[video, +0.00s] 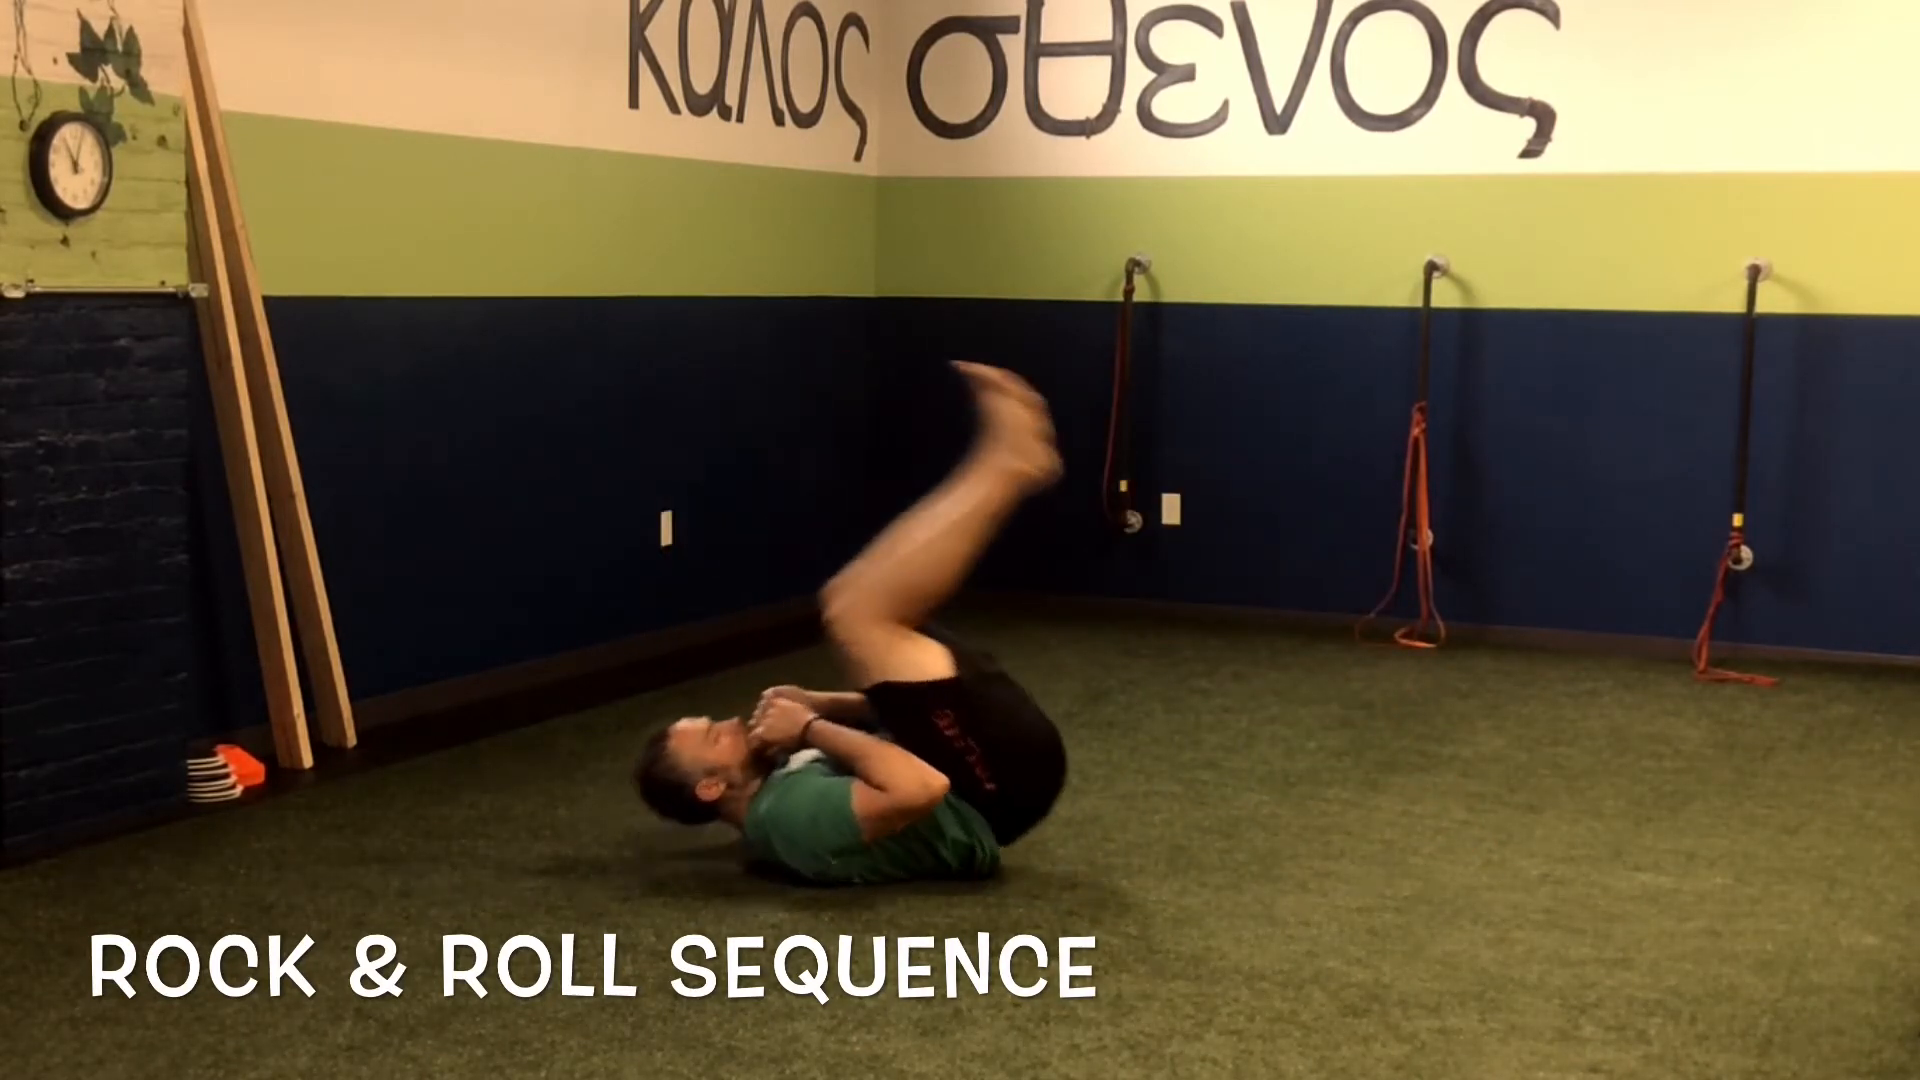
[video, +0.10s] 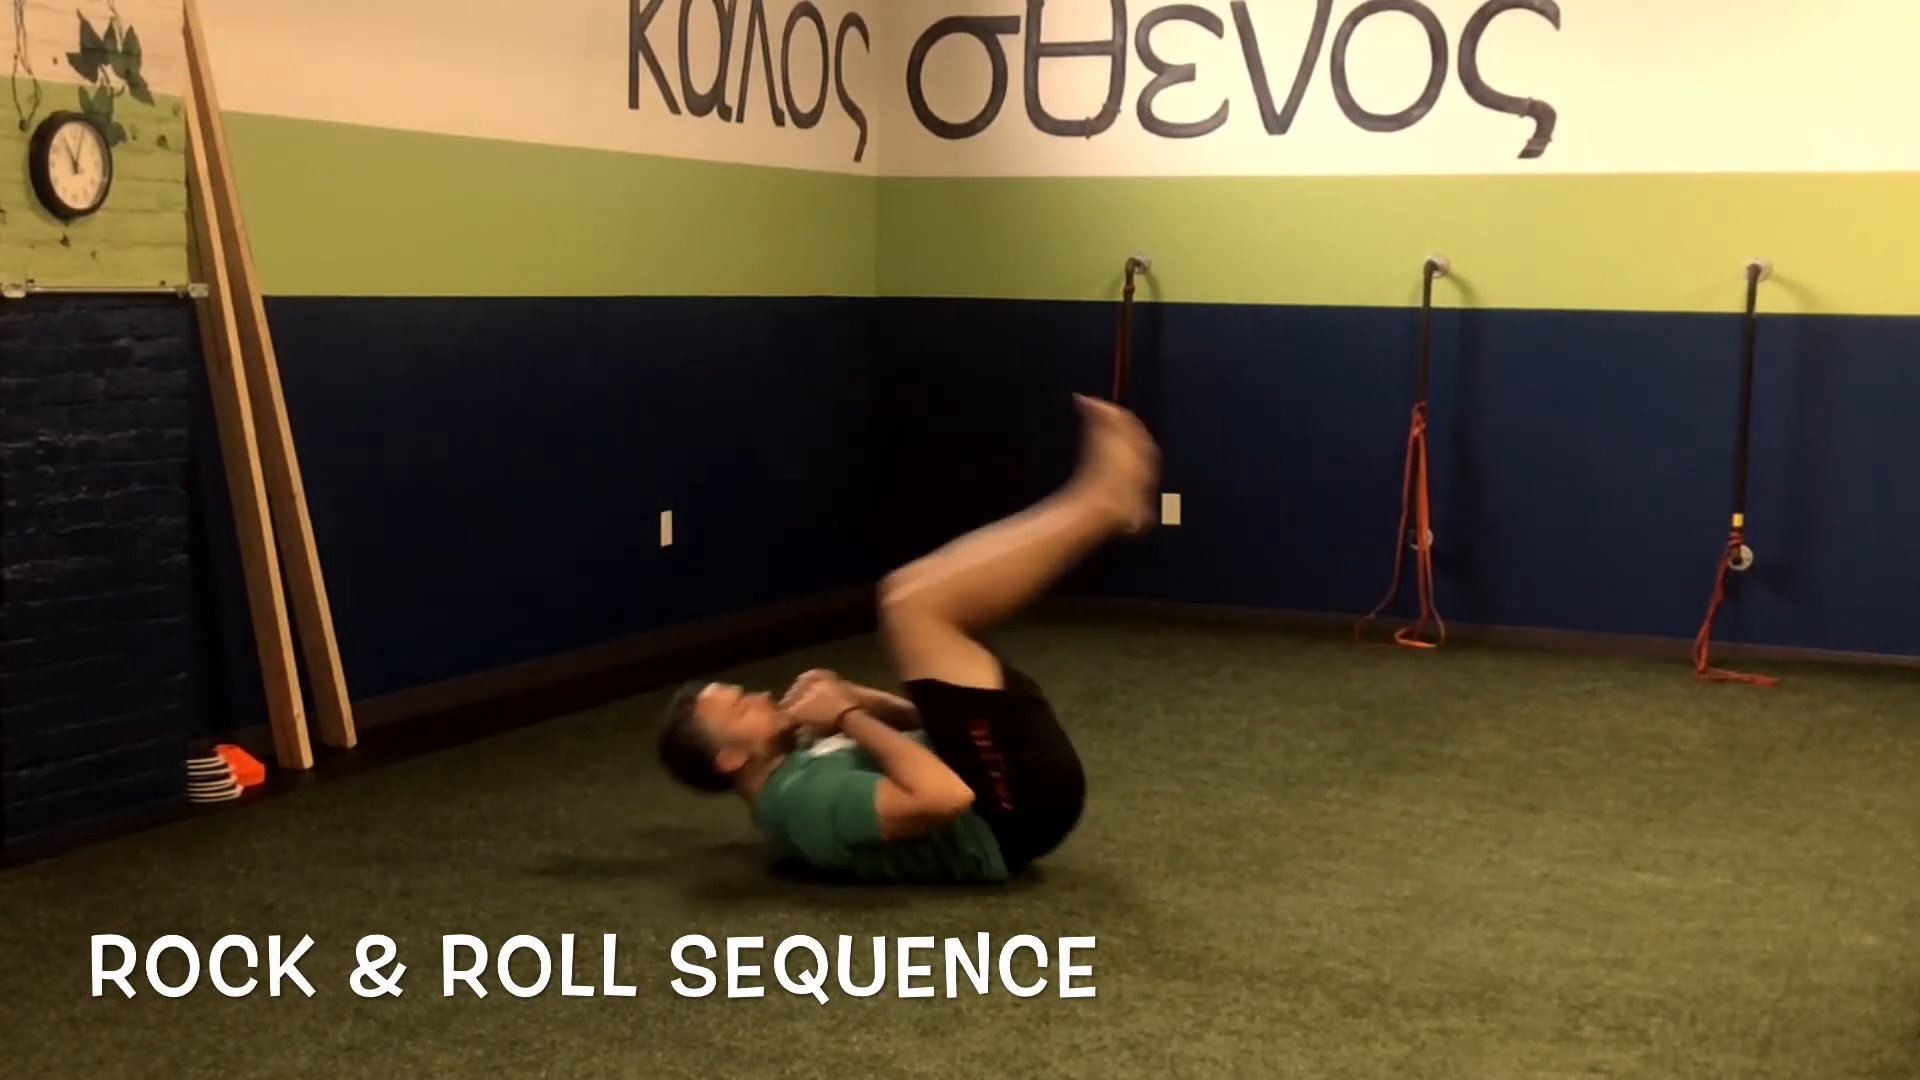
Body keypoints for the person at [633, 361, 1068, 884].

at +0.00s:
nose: (732, 720)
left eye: (713, 721)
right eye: (713, 734)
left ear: (717, 785)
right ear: (714, 785)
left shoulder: (780, 791)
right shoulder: (783, 817)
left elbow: (894, 713)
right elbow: (922, 788)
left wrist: (812, 706)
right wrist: (811, 728)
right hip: (1004, 780)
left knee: (851, 601)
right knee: (852, 609)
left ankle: (1009, 459)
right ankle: (1011, 460)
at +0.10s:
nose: (759, 694)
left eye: (741, 691)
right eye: (738, 705)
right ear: (733, 758)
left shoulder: (798, 766)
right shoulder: (798, 802)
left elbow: (924, 718)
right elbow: (945, 797)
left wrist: (853, 698)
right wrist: (851, 719)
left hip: (1003, 787)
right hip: (1017, 807)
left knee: (909, 592)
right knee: (909, 598)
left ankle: (1096, 498)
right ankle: (1103, 498)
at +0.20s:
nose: (801, 664)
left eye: (786, 656)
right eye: (780, 665)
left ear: (786, 689)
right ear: (762, 712)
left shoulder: (830, 741)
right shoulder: (820, 776)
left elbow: (962, 738)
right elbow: (970, 801)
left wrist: (902, 688)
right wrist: (900, 701)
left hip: (1019, 812)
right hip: (1030, 833)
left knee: (976, 587)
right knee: (976, 596)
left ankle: (1187, 555)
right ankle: (1196, 559)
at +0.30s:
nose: (847, 640)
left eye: (835, 629)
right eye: (827, 638)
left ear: (812, 672)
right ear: (799, 681)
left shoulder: (851, 715)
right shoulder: (848, 748)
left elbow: (960, 769)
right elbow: (995, 797)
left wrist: (932, 681)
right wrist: (946, 684)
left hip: (1026, 821)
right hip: (1045, 844)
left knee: (1039, 596)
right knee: (1043, 599)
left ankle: (1254, 631)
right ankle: (1265, 632)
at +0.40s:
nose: (891, 614)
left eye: (880, 603)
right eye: (872, 612)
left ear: (847, 642)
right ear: (837, 650)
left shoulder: (876, 696)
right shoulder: (880, 720)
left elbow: (997, 769)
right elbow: (1019, 790)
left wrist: (963, 673)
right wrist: (984, 674)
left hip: (1042, 829)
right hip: (1058, 848)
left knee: (1091, 606)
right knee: (1095, 608)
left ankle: (1297, 693)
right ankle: (1306, 693)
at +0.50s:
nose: (934, 591)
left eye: (923, 578)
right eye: (916, 586)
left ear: (886, 616)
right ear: (879, 620)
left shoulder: (898, 671)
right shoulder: (906, 696)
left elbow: (1025, 756)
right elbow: (1043, 779)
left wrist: (996, 661)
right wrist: (1016, 669)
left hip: (1045, 826)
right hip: (1062, 850)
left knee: (1126, 610)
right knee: (1137, 619)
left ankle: (1319, 731)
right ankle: (1333, 735)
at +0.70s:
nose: (1000, 567)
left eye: (992, 552)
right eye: (985, 558)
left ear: (940, 577)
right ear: (945, 578)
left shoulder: (930, 645)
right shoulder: (959, 662)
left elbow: (1044, 755)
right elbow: (1071, 777)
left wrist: (1045, 666)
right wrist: (1069, 661)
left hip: (1040, 826)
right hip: (1067, 845)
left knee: (1171, 635)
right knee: (1189, 645)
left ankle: (1345, 774)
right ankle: (1354, 798)